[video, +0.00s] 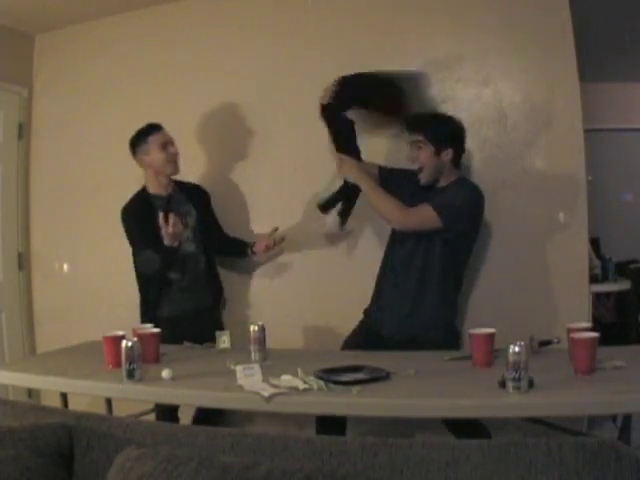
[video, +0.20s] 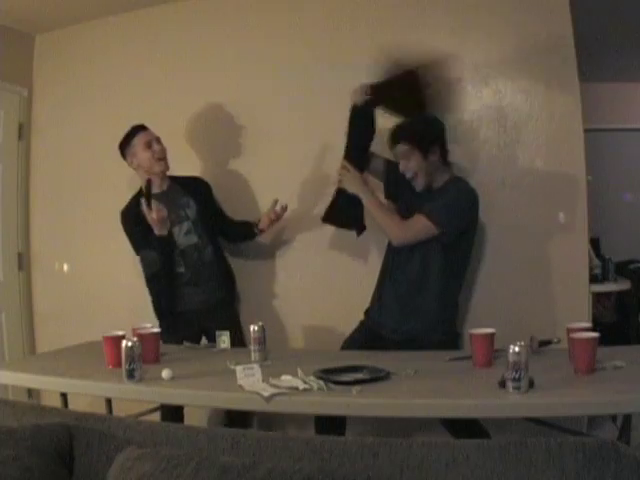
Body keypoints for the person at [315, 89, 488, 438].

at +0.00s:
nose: (413, 157)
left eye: (420, 148)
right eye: (413, 148)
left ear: (448, 154)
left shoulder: (466, 198)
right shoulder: (413, 184)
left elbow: (401, 218)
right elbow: (356, 167)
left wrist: (360, 180)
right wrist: (334, 115)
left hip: (429, 328)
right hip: (382, 320)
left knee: (456, 414)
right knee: (330, 387)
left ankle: (500, 469)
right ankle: (329, 476)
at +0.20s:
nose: (402, 167)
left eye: (407, 158)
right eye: (399, 159)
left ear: (434, 154)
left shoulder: (459, 198)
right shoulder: (407, 185)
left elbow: (400, 233)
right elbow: (358, 162)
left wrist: (364, 191)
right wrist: (361, 110)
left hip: (429, 329)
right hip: (383, 321)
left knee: (452, 412)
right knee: (329, 387)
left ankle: (498, 467)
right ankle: (328, 473)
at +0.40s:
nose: (421, 183)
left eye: (429, 175)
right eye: (414, 174)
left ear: (445, 168)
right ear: (404, 167)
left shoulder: (461, 200)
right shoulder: (397, 185)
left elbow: (439, 264)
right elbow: (352, 176)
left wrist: (384, 222)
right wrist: (343, 125)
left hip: (431, 329)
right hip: (381, 321)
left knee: (455, 413)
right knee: (327, 389)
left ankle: (499, 469)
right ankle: (328, 472)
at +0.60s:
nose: (424, 179)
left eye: (432, 170)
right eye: (416, 170)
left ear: (441, 163)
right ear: (401, 163)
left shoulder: (461, 201)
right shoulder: (384, 187)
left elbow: (493, 260)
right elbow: (342, 194)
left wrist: (454, 287)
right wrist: (328, 143)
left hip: (437, 325)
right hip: (385, 318)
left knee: (455, 407)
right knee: (333, 388)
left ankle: (499, 469)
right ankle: (327, 474)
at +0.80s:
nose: (429, 173)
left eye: (436, 165)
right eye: (420, 164)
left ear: (446, 160)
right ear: (406, 159)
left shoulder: (465, 200)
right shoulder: (388, 184)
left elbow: (504, 255)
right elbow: (330, 180)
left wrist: (528, 318)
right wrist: (312, 136)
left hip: (437, 328)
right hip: (381, 322)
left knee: (460, 412)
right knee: (331, 391)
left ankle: (504, 475)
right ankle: (328, 473)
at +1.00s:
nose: (419, 170)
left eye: (428, 162)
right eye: (411, 161)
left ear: (444, 158)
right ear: (402, 157)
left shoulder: (468, 197)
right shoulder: (391, 186)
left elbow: (522, 243)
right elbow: (326, 179)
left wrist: (519, 314)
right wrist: (370, 133)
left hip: (436, 328)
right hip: (381, 322)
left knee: (458, 409)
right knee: (332, 391)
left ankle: (502, 474)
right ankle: (328, 476)